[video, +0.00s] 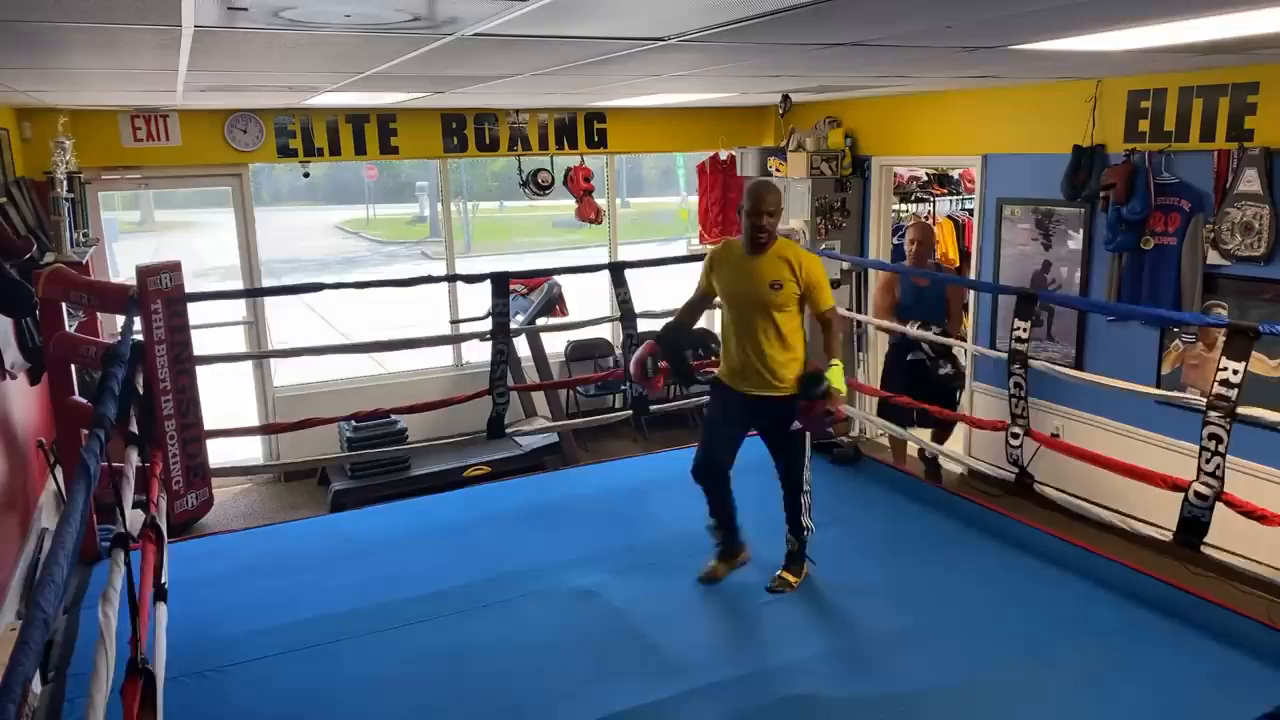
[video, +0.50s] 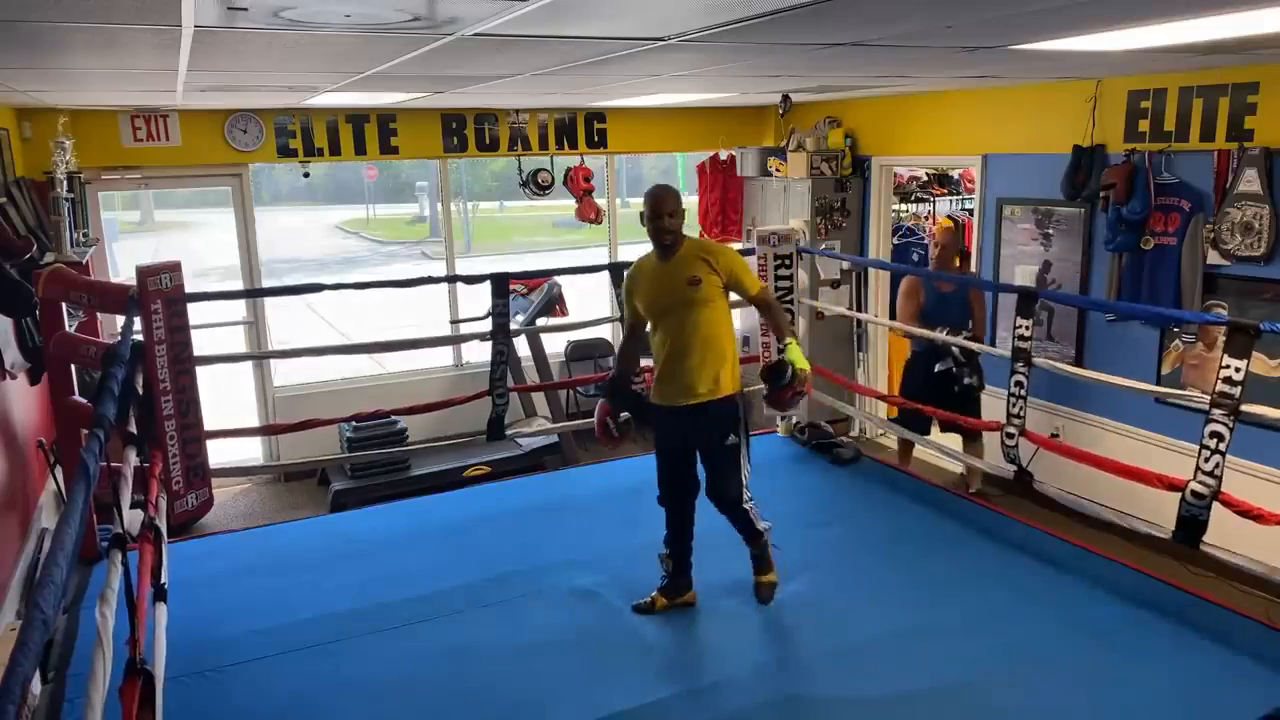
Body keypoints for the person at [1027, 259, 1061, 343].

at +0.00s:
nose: (1049, 270)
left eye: (1049, 268)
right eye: (1048, 268)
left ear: (1045, 267)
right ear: (1044, 267)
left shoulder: (1043, 277)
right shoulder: (1038, 276)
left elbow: (1044, 290)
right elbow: (1042, 289)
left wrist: (1056, 288)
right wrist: (1050, 283)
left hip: (1039, 299)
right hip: (1034, 300)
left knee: (1051, 309)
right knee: (1051, 309)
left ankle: (1049, 334)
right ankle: (1048, 334)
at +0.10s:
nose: (1049, 270)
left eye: (1050, 268)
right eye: (1048, 268)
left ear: (1044, 267)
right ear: (1045, 267)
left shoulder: (1043, 277)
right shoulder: (1039, 276)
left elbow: (1044, 289)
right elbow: (1043, 289)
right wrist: (1051, 283)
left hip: (1036, 298)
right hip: (1033, 299)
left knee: (1051, 309)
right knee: (1050, 309)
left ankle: (1049, 334)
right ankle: (1049, 334)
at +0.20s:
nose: (1049, 270)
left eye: (1050, 268)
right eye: (1048, 268)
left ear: (1046, 267)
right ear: (1044, 267)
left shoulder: (1044, 277)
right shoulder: (1038, 275)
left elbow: (1044, 290)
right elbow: (1042, 289)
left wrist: (1056, 288)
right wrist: (1051, 283)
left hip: (1037, 299)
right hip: (1031, 299)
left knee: (1051, 309)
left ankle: (1049, 334)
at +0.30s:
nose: (1049, 270)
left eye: (1050, 268)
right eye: (1048, 268)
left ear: (1045, 267)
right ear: (1044, 267)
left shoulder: (1043, 277)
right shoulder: (1039, 276)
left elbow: (1044, 290)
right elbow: (1042, 289)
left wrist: (1056, 289)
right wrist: (1051, 283)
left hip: (1038, 299)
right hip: (1034, 300)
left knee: (1051, 309)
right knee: (1050, 309)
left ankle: (1049, 334)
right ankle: (1049, 334)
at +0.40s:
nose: (1050, 270)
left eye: (1050, 268)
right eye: (1049, 267)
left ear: (1044, 266)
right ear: (1045, 267)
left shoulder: (1038, 274)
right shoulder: (1041, 276)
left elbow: (1043, 287)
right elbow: (1043, 289)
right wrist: (1052, 284)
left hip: (1037, 298)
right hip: (1036, 299)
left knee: (1051, 309)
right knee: (1051, 309)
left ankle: (1049, 334)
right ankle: (1049, 334)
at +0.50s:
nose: (1049, 270)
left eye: (1050, 268)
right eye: (1049, 268)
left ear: (1045, 267)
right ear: (1045, 267)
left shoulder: (1041, 276)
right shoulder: (1041, 277)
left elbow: (1043, 288)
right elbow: (1043, 289)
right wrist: (1051, 283)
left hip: (1039, 298)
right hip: (1038, 299)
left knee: (1051, 309)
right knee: (1051, 309)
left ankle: (1049, 334)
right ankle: (1049, 334)